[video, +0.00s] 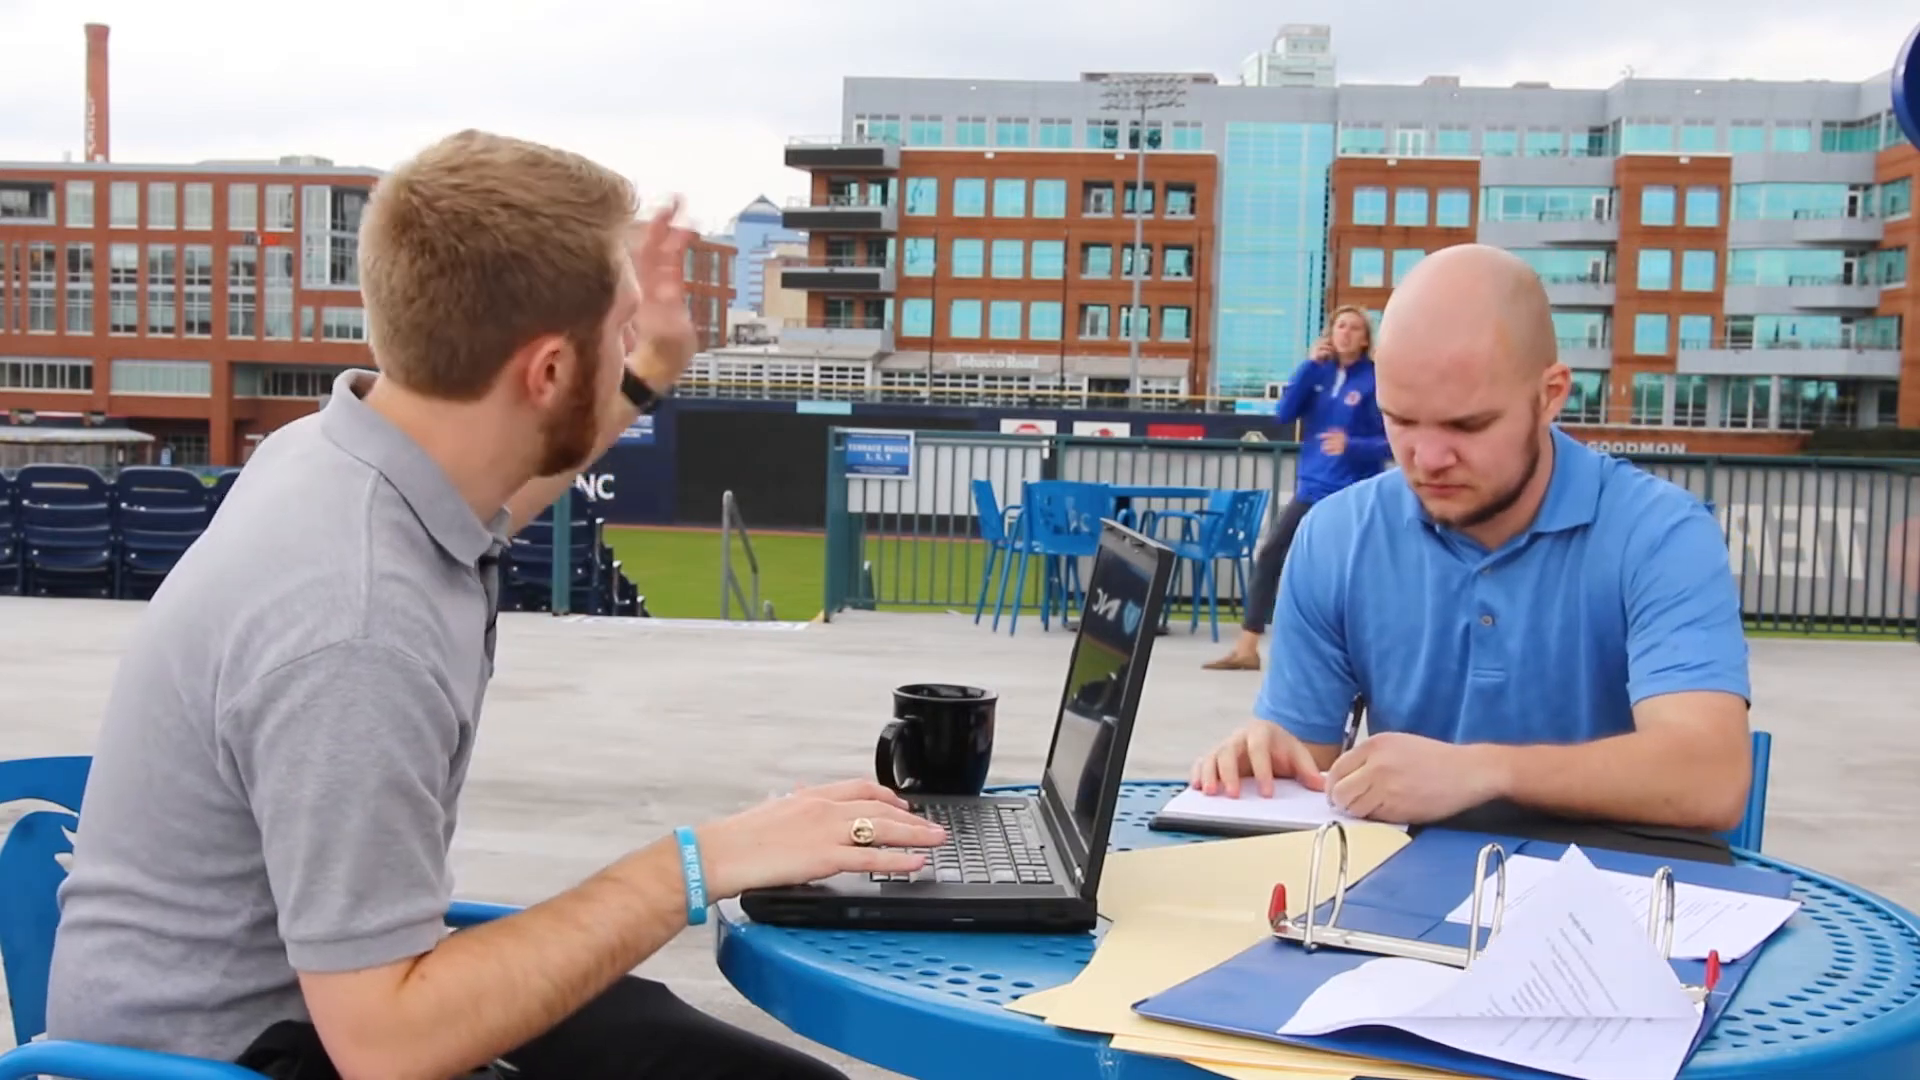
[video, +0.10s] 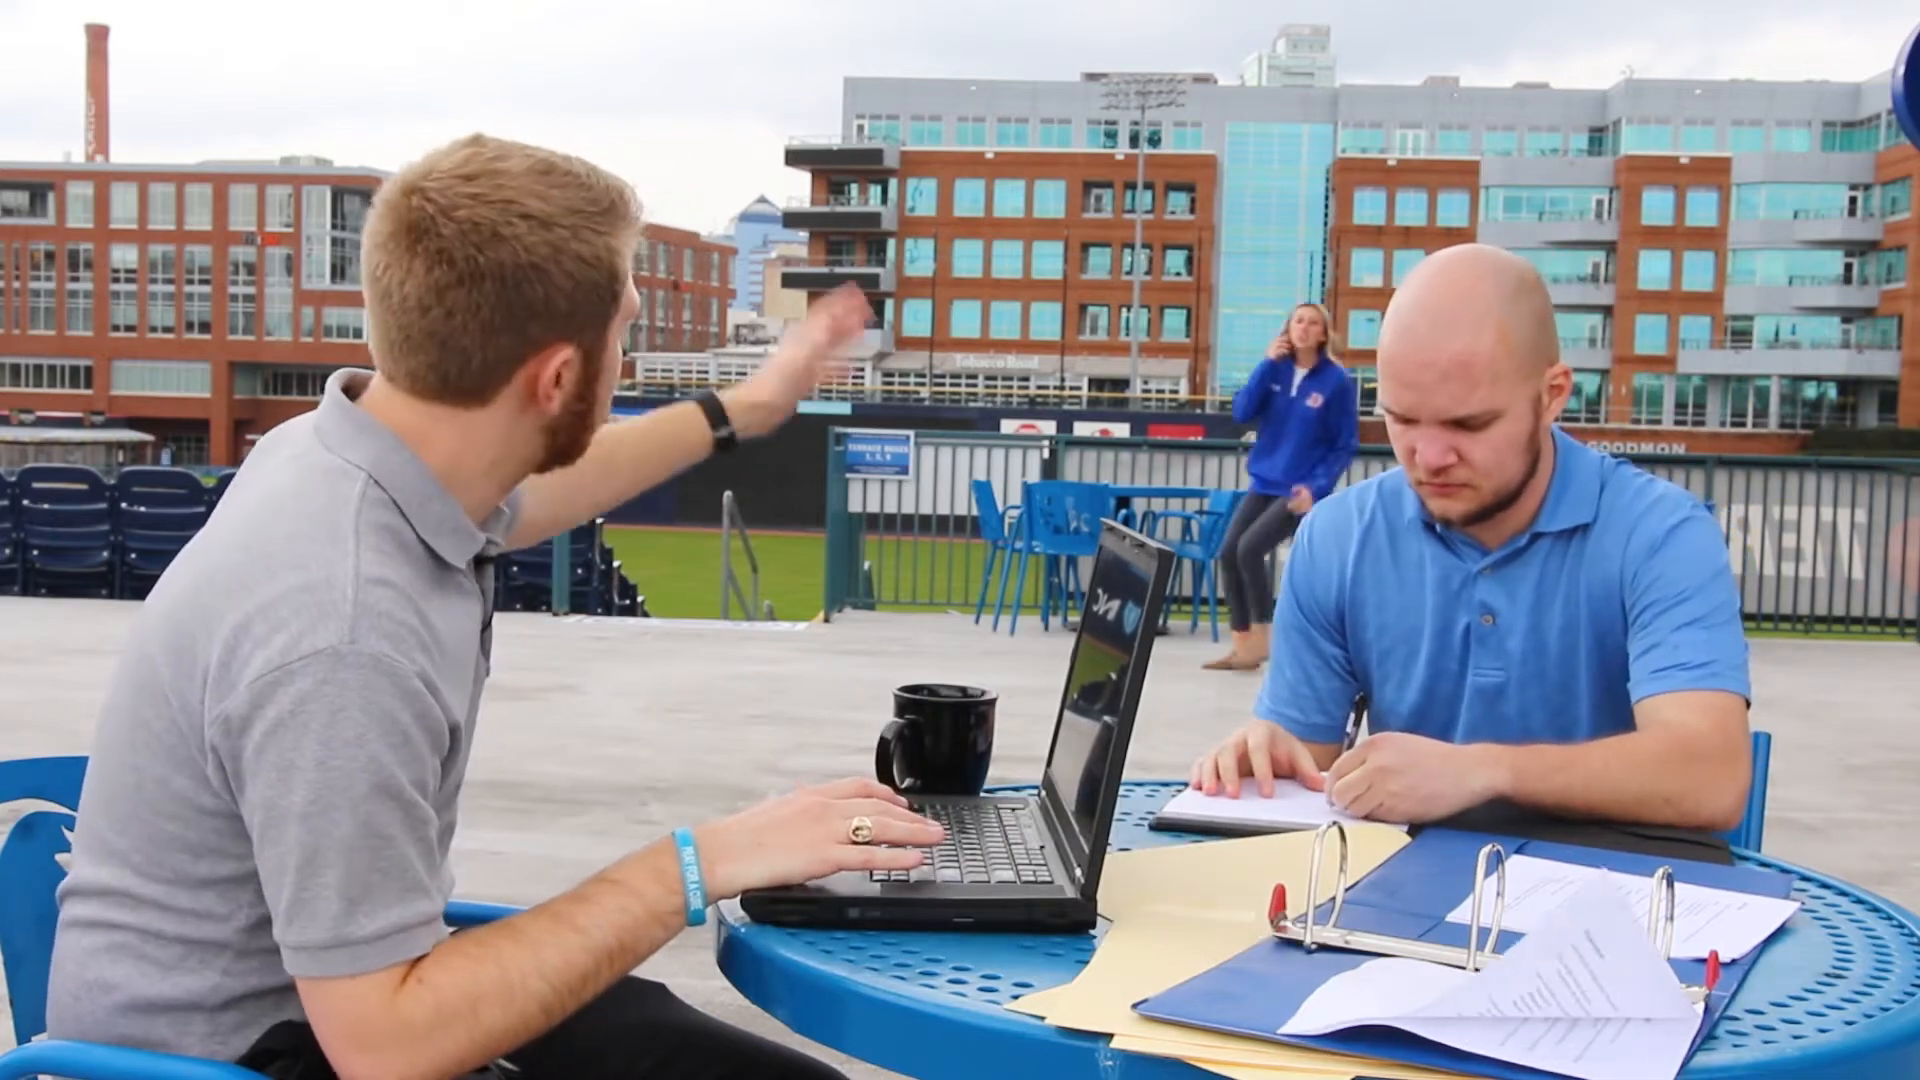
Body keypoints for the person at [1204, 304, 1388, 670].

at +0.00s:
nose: (1346, 333)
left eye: (1354, 328)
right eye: (1342, 327)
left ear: (1367, 337)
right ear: (1331, 332)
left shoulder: (1377, 377)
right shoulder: (1317, 371)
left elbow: (1392, 443)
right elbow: (1285, 413)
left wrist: (1351, 445)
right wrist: (1311, 365)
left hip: (1358, 496)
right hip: (1311, 493)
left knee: (1360, 568)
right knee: (1272, 555)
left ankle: (1362, 666)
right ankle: (1247, 644)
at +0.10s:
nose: (1305, 328)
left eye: (1313, 322)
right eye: (1300, 321)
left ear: (1325, 332)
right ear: (1289, 329)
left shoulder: (1338, 380)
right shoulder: (1275, 368)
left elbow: (1346, 446)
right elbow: (1241, 413)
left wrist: (1316, 488)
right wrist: (1269, 363)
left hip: (1302, 489)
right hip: (1264, 482)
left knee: (1249, 548)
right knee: (1229, 551)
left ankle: (1262, 636)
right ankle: (1243, 641)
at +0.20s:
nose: (1270, 322)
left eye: (1277, 316)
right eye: (1264, 315)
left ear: (1289, 325)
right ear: (1252, 321)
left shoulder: (1302, 374)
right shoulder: (1239, 361)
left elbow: (1312, 442)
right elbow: (1207, 403)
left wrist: (1320, 503)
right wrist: (1235, 354)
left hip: (1270, 482)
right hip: (1229, 474)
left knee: (1224, 551)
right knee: (1192, 546)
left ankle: (1196, 646)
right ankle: (1223, 627)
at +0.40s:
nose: (1212, 320)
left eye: (1220, 316)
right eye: (1206, 314)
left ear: (1230, 326)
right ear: (1194, 321)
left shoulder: (1241, 373)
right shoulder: (1175, 359)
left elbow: (1265, 429)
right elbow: (1141, 400)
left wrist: (1283, 480)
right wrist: (1174, 352)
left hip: (1213, 482)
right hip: (1167, 476)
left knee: (1179, 549)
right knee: (1139, 547)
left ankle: (1184, 650)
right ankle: (1129, 640)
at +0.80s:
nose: (1153, 308)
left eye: (1161, 302)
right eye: (1147, 301)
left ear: (1171, 311)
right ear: (1135, 307)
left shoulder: (1186, 356)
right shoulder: (1116, 346)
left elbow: (1212, 415)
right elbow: (1085, 391)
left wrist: (1236, 470)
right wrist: (1115, 340)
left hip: (1171, 473)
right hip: (1123, 470)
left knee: (1171, 555)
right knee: (1113, 555)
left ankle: (1181, 647)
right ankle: (1109, 643)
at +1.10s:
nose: (1107, 314)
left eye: (1114, 307)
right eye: (1101, 307)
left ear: (1128, 313)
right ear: (1092, 313)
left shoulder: (1146, 355)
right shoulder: (1083, 353)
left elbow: (1177, 411)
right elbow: (1050, 398)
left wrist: (1188, 465)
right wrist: (1075, 348)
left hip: (1148, 476)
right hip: (1101, 474)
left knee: (1164, 557)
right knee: (1085, 551)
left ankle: (1182, 646)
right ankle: (1102, 637)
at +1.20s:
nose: (1082, 319)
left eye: (1090, 312)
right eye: (1075, 312)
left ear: (1103, 317)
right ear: (1066, 318)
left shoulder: (1122, 361)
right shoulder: (1063, 359)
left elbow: (1144, 422)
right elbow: (1029, 402)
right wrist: (1051, 354)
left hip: (1134, 477)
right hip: (1087, 477)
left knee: (1156, 556)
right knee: (1064, 550)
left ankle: (1180, 644)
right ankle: (1087, 637)